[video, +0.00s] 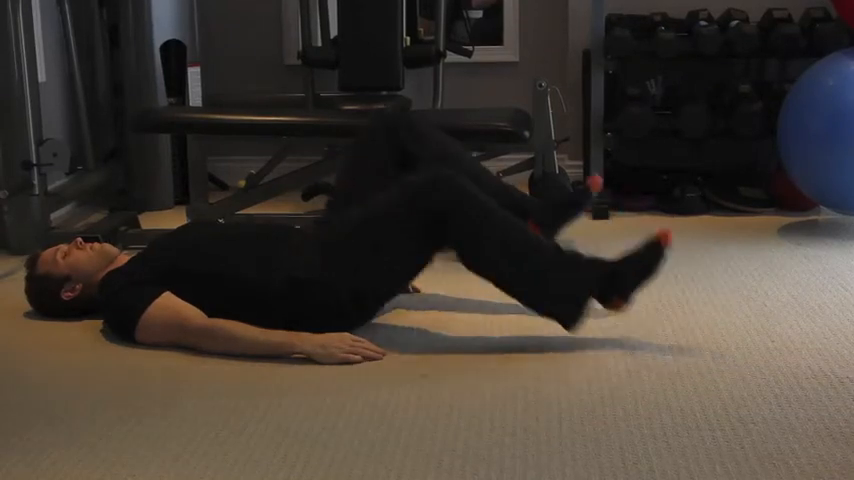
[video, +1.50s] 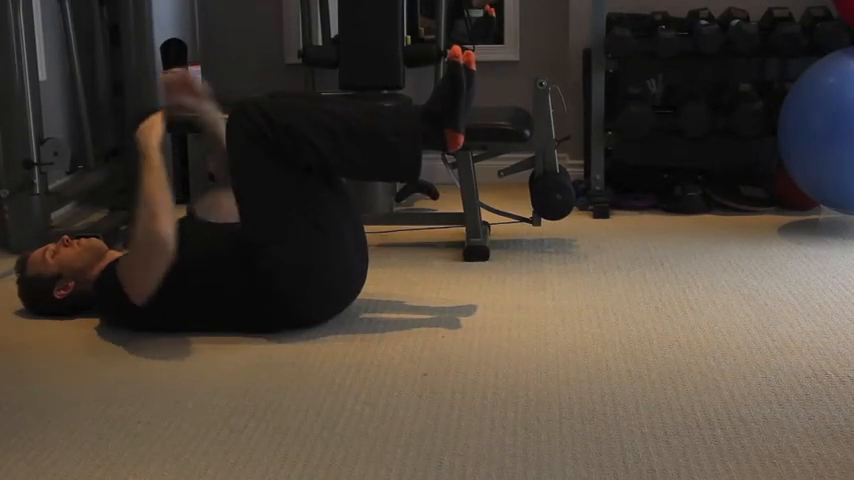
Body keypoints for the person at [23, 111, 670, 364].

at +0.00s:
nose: (81, 239)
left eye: (72, 239)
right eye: (68, 255)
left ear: (91, 242)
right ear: (77, 287)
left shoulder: (150, 251)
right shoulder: (128, 298)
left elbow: (243, 247)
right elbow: (209, 335)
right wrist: (312, 344)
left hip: (330, 242)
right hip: (325, 288)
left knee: (395, 129)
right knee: (441, 193)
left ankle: (530, 213)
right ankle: (585, 286)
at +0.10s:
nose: (79, 237)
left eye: (69, 238)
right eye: (66, 255)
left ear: (89, 241)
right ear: (76, 289)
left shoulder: (152, 253)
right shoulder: (126, 298)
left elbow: (256, 258)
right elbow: (206, 334)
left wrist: (369, 271)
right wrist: (308, 346)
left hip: (327, 258)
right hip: (321, 292)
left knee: (377, 122)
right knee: (406, 153)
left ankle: (516, 214)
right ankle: (551, 254)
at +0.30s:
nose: (77, 238)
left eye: (67, 238)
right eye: (64, 253)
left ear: (89, 241)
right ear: (74, 290)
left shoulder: (147, 257)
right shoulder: (122, 297)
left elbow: (256, 257)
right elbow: (200, 332)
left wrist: (362, 272)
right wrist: (306, 345)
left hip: (323, 267)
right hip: (310, 290)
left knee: (357, 117)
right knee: (333, 128)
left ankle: (517, 154)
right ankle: (497, 195)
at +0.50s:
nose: (73, 236)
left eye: (61, 237)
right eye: (58, 249)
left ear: (83, 245)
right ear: (66, 287)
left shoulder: (144, 251)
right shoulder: (116, 299)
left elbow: (247, 247)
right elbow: (199, 331)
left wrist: (356, 275)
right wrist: (304, 343)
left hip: (315, 270)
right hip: (293, 291)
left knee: (285, 114)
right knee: (273, 118)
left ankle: (447, 121)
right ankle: (445, 129)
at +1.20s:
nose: (66, 236)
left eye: (56, 237)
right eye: (54, 250)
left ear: (81, 241)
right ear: (67, 287)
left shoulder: (141, 253)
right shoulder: (115, 293)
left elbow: (238, 241)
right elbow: (193, 328)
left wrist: (346, 218)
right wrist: (295, 305)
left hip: (318, 253)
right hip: (305, 281)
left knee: (271, 118)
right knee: (259, 121)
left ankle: (432, 125)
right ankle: (431, 132)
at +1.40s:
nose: (68, 236)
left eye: (58, 237)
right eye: (56, 250)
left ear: (80, 237)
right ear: (66, 288)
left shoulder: (141, 254)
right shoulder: (116, 296)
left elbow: (242, 212)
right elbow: (186, 278)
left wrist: (254, 113)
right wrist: (182, 154)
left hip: (315, 264)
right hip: (300, 283)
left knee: (269, 118)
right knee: (255, 121)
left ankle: (426, 121)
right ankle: (429, 127)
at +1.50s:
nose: (67, 234)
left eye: (57, 235)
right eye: (55, 249)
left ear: (80, 233)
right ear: (66, 288)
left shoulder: (144, 266)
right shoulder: (117, 297)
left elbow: (225, 210)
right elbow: (158, 243)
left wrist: (212, 119)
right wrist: (150, 152)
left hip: (317, 267)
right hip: (298, 282)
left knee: (265, 119)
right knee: (257, 121)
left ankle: (425, 123)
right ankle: (428, 128)